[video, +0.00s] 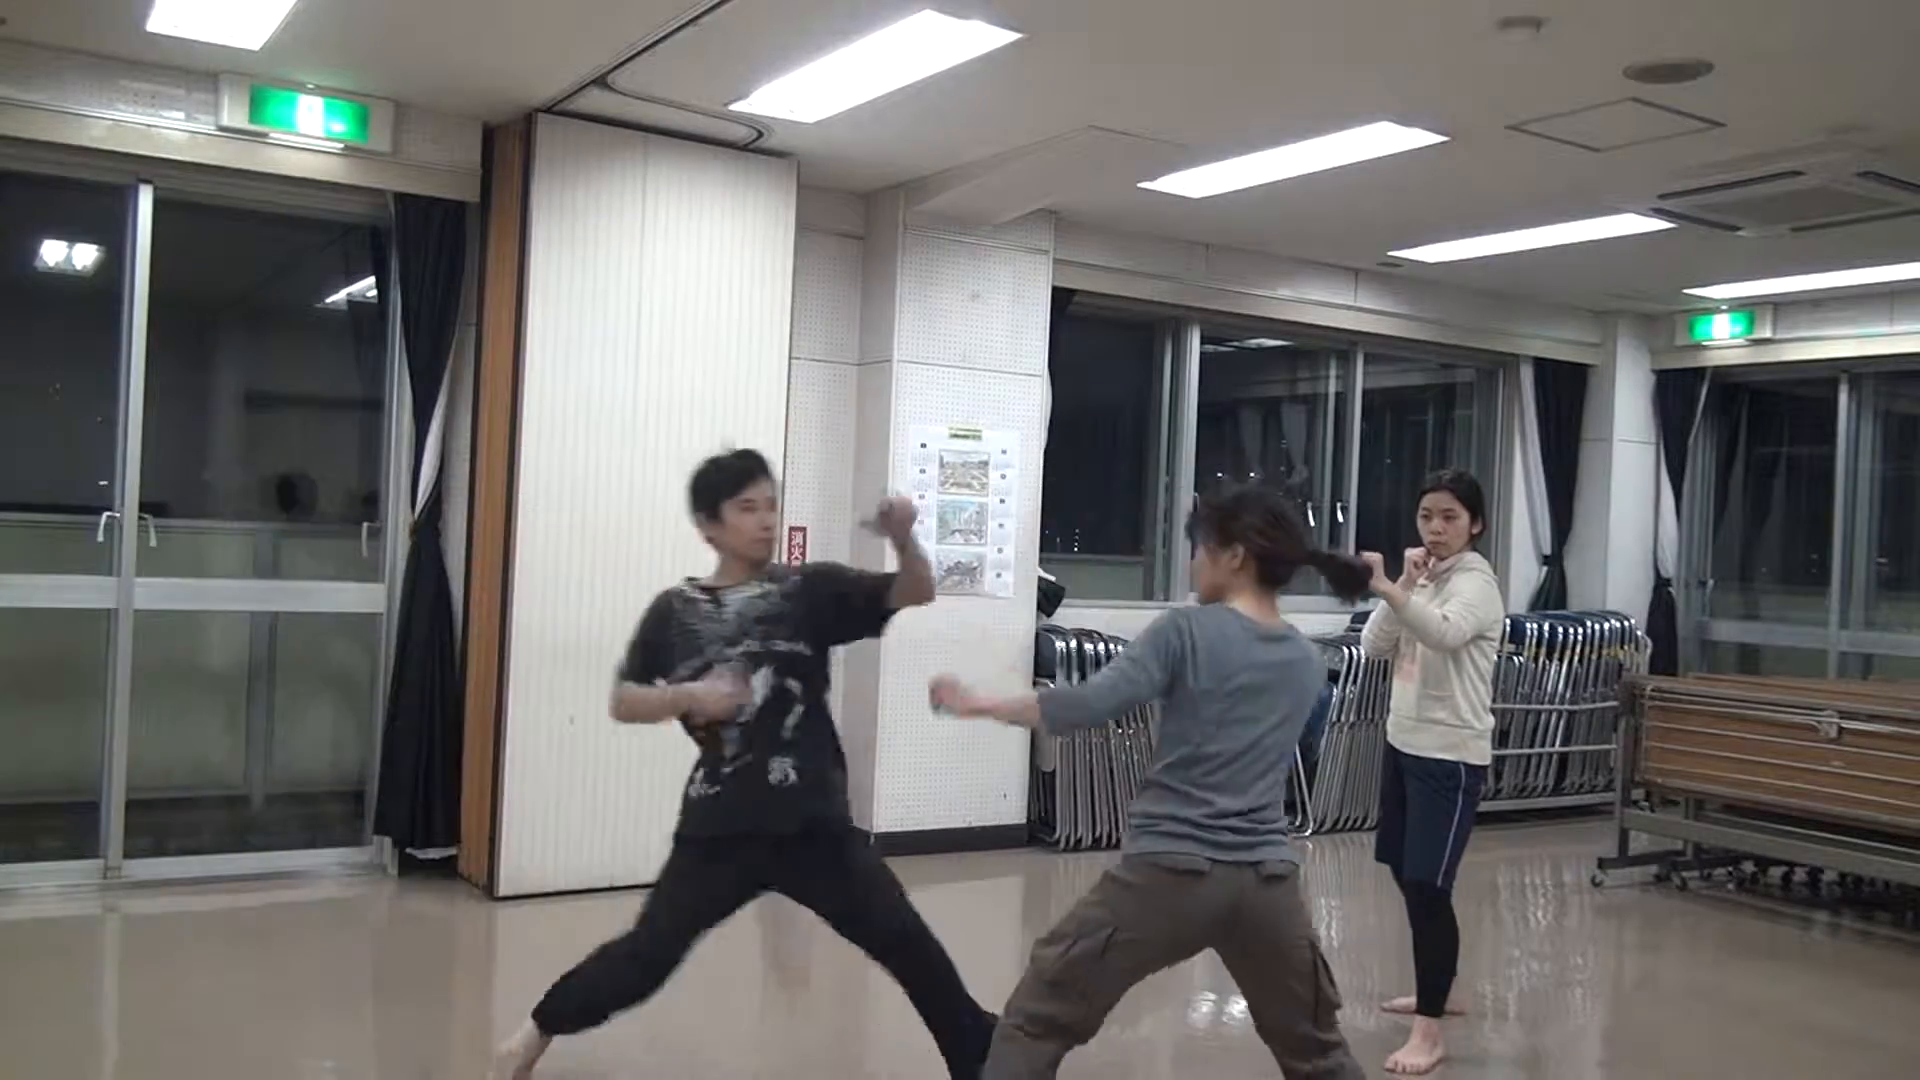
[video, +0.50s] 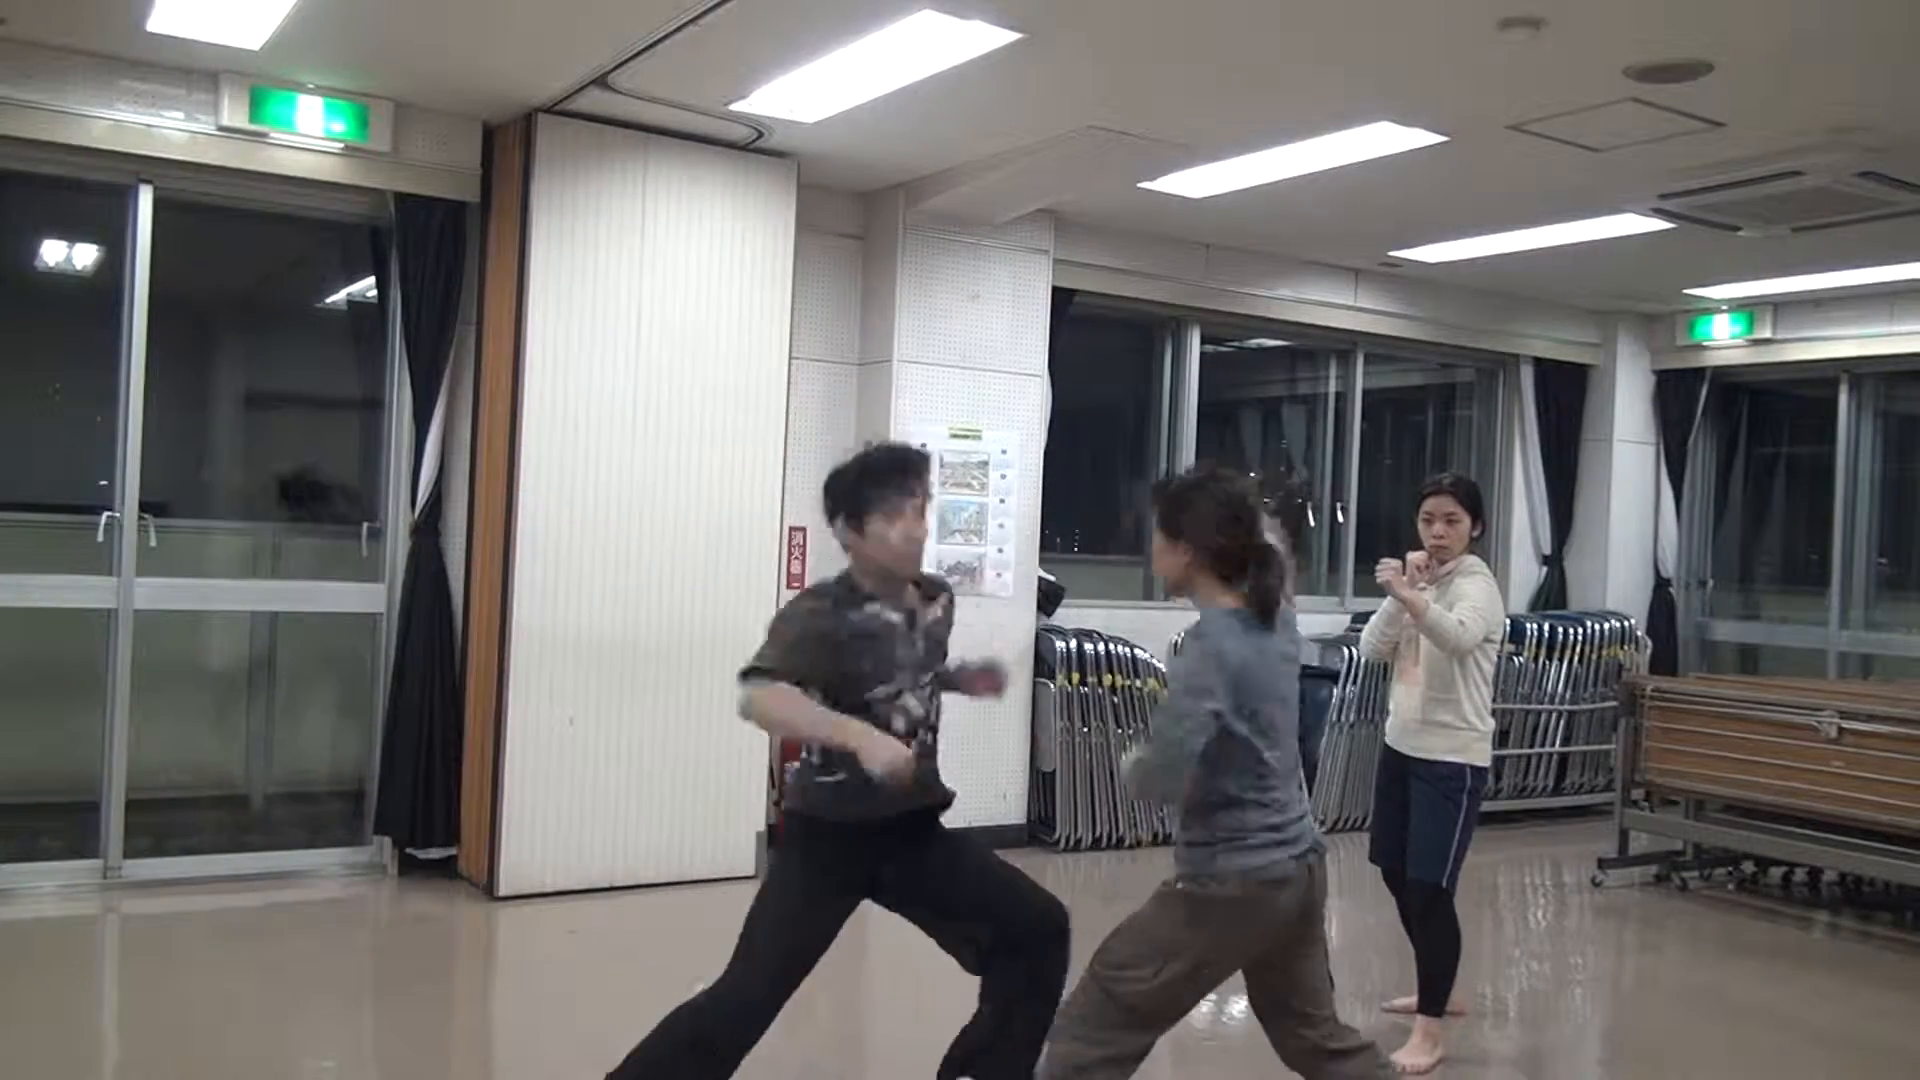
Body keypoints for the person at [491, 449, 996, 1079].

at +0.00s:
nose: (769, 519)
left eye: (772, 505)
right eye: (751, 508)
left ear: (779, 512)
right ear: (710, 525)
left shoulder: (811, 589)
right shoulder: (675, 610)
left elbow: (917, 589)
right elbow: (624, 703)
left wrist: (905, 540)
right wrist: (691, 699)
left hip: (814, 825)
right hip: (719, 830)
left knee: (909, 945)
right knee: (646, 957)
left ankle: (981, 1057)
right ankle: (542, 1028)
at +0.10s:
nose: (871, 518)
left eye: (873, 505)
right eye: (854, 506)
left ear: (871, 512)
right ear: (809, 520)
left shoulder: (854, 598)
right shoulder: (789, 594)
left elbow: (932, 650)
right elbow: (831, 646)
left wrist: (952, 592)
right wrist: (918, 640)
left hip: (847, 829)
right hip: (771, 832)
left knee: (952, 944)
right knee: (706, 991)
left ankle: (988, 1065)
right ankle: (578, 1035)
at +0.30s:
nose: (946, 509)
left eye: (944, 495)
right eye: (931, 497)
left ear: (883, 508)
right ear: (882, 504)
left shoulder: (861, 564)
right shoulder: (911, 572)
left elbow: (920, 667)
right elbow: (1009, 643)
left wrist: (969, 594)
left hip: (845, 814)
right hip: (807, 813)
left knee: (947, 931)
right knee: (752, 986)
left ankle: (983, 1070)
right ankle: (605, 1063)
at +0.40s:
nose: (947, 499)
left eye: (947, 485)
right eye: (933, 485)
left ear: (886, 499)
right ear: (883, 496)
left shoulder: (864, 564)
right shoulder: (889, 575)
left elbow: (918, 667)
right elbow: (914, 694)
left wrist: (969, 605)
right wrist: (989, 780)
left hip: (867, 809)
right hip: (829, 810)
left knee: (985, 930)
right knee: (753, 983)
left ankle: (973, 1074)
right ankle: (608, 1068)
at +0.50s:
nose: (919, 527)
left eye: (921, 511)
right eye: (899, 514)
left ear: (927, 519)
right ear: (852, 532)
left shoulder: (934, 601)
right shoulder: (814, 614)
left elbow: (911, 673)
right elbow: (760, 697)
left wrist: (962, 679)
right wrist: (858, 734)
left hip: (911, 835)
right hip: (823, 839)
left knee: (1037, 928)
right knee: (743, 1004)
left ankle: (982, 1072)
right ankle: (631, 1079)